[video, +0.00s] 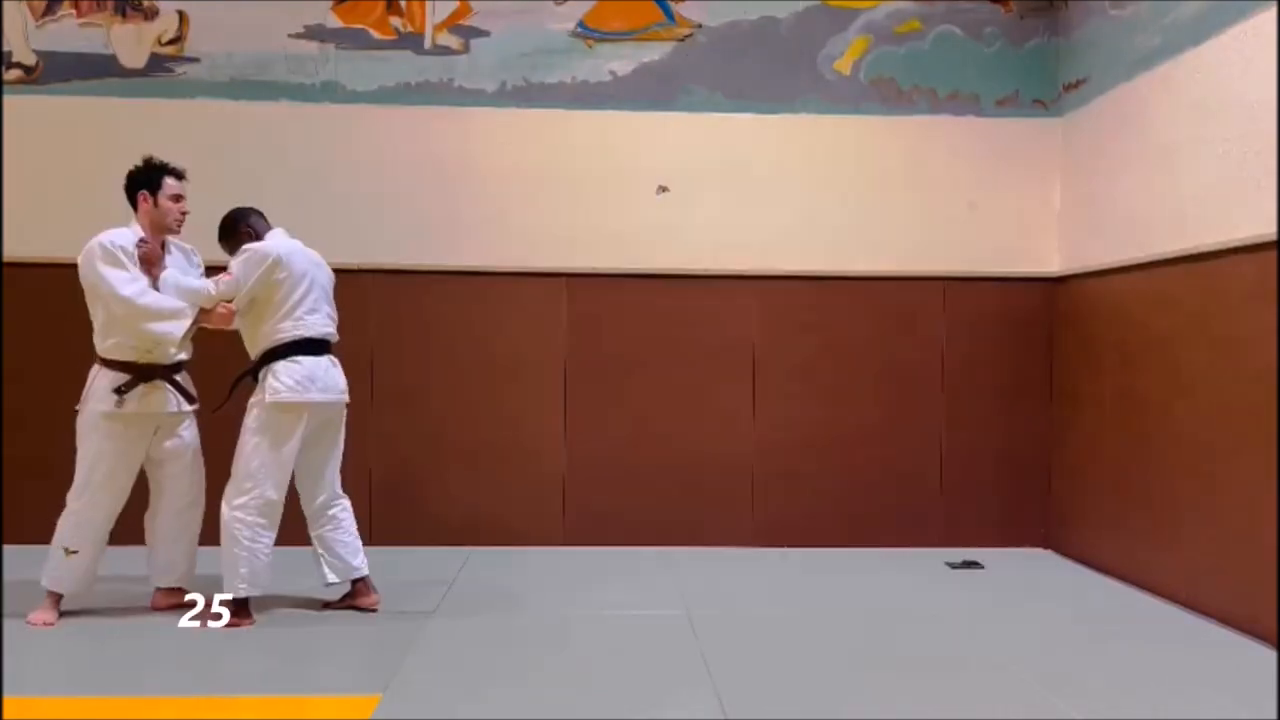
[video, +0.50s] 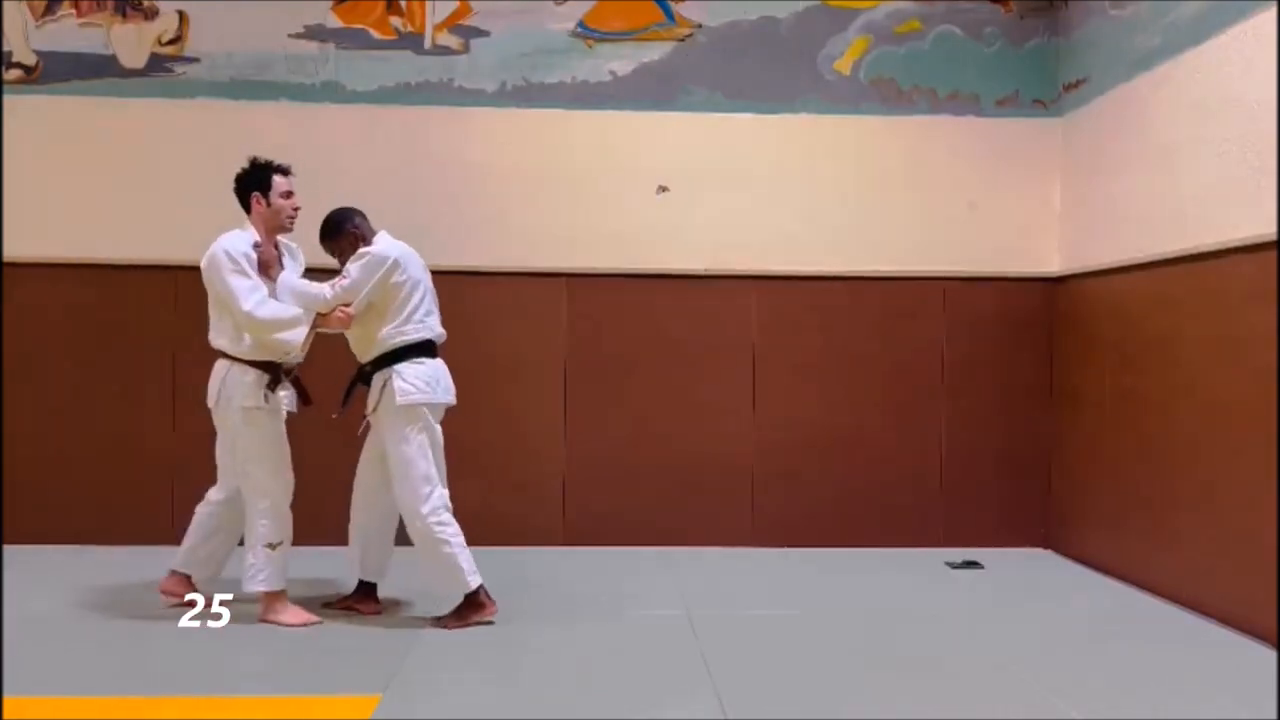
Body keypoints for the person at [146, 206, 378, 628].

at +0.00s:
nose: (232, 259)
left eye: (233, 251)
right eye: (229, 253)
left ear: (246, 234)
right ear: (265, 225)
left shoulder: (262, 251)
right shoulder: (316, 261)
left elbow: (216, 293)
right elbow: (280, 311)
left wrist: (164, 277)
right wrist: (229, 316)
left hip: (285, 381)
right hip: (330, 379)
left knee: (249, 493)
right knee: (324, 491)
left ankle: (236, 601)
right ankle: (360, 585)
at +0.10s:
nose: (257, 257)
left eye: (256, 249)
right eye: (255, 252)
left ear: (267, 236)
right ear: (288, 223)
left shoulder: (289, 249)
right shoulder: (332, 260)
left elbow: (239, 287)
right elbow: (262, 311)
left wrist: (186, 269)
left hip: (308, 379)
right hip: (350, 378)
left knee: (271, 490)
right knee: (340, 490)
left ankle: (247, 600)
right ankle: (361, 589)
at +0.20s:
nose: (278, 253)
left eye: (278, 244)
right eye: (275, 247)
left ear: (290, 230)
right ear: (306, 219)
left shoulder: (313, 242)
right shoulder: (344, 249)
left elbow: (265, 279)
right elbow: (275, 305)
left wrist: (210, 262)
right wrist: (229, 296)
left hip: (330, 371)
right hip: (368, 370)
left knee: (298, 485)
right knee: (353, 487)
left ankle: (305, 598)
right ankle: (364, 590)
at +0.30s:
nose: (297, 250)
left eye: (296, 241)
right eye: (294, 244)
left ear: (311, 225)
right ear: (323, 218)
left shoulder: (335, 242)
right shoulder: (359, 246)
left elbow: (285, 281)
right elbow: (301, 306)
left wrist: (232, 264)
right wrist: (250, 300)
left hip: (352, 369)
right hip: (380, 367)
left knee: (340, 490)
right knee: (368, 486)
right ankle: (369, 588)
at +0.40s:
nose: (317, 254)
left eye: (317, 245)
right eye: (314, 249)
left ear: (333, 228)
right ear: (343, 222)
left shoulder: (357, 247)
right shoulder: (377, 250)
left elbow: (308, 293)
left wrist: (254, 276)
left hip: (377, 374)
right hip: (389, 370)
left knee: (392, 490)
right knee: (357, 487)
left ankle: (458, 581)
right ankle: (365, 591)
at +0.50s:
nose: (341, 261)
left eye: (340, 252)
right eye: (337, 255)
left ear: (356, 235)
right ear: (366, 230)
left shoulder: (380, 253)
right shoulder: (402, 255)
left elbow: (330, 297)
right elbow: (401, 336)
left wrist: (277, 279)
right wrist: (378, 401)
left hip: (408, 380)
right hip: (404, 382)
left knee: (422, 497)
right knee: (371, 489)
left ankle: (475, 596)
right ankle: (366, 591)